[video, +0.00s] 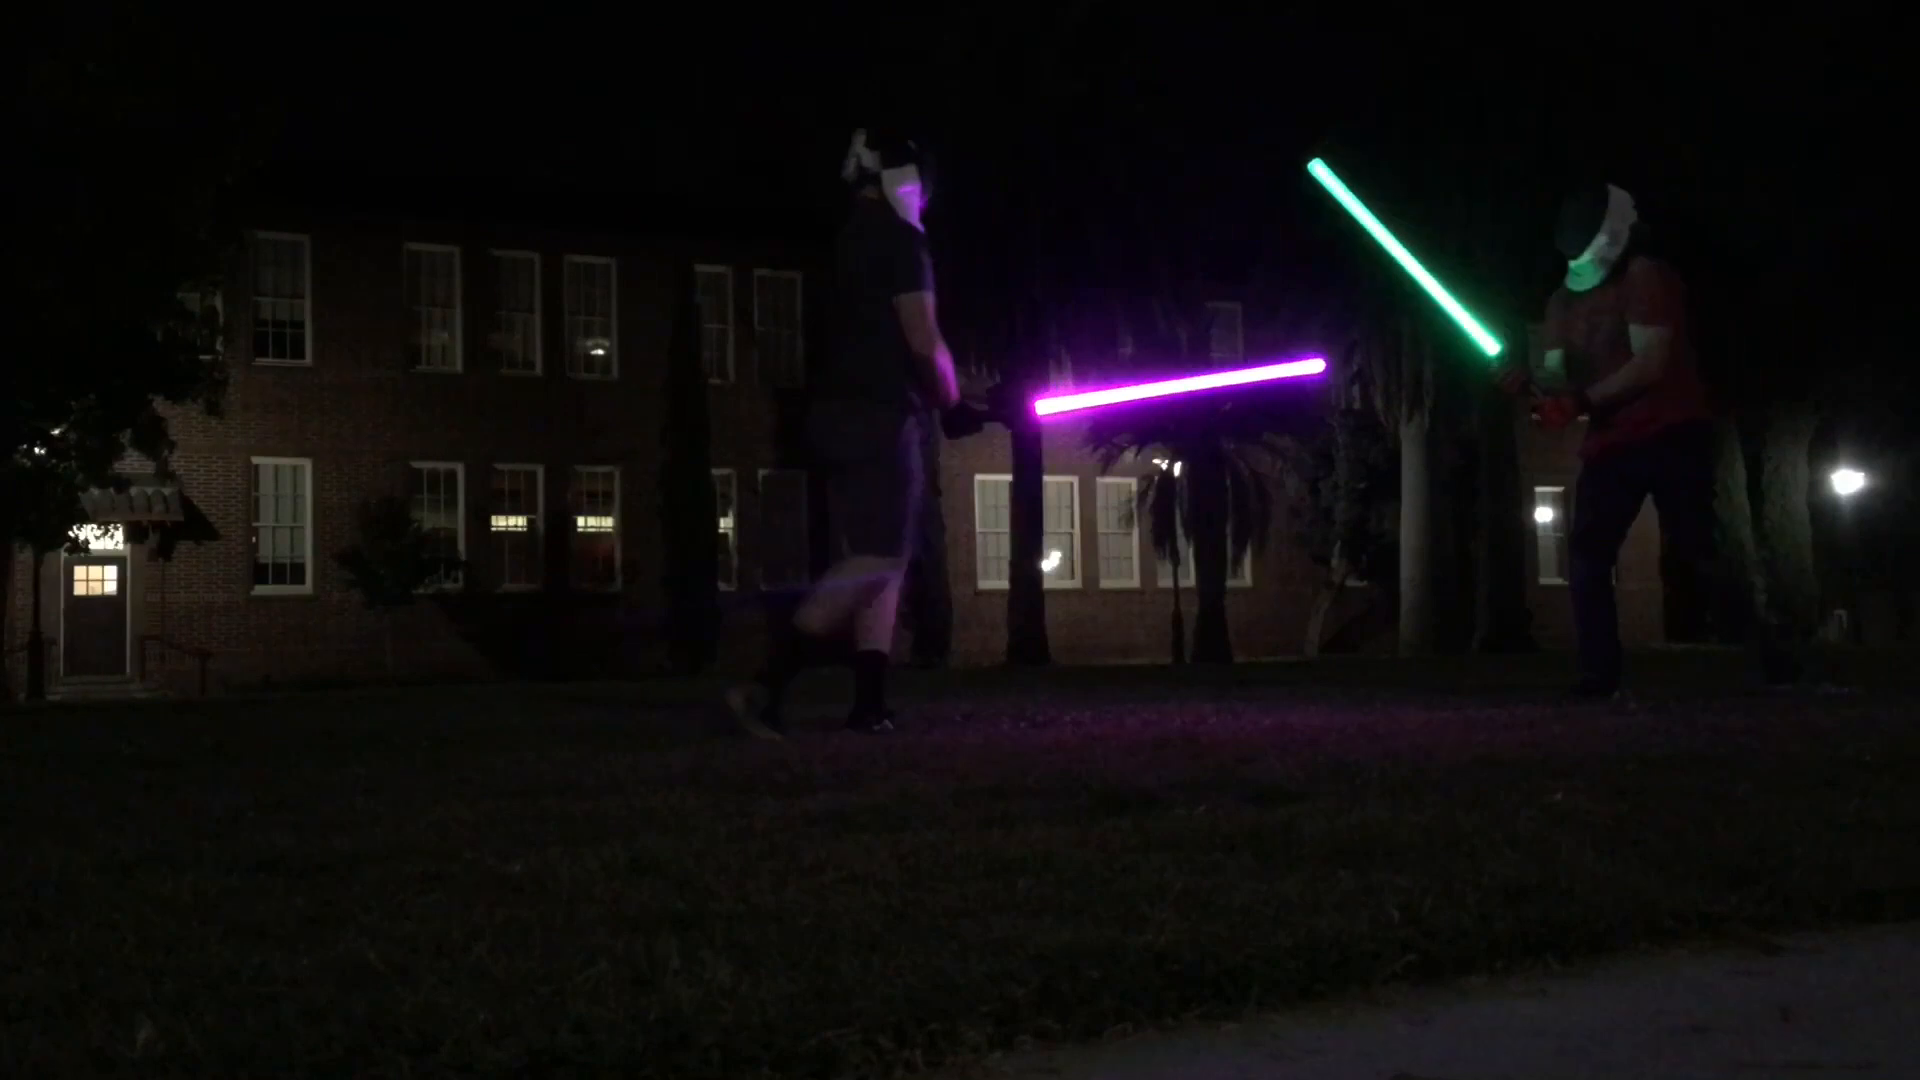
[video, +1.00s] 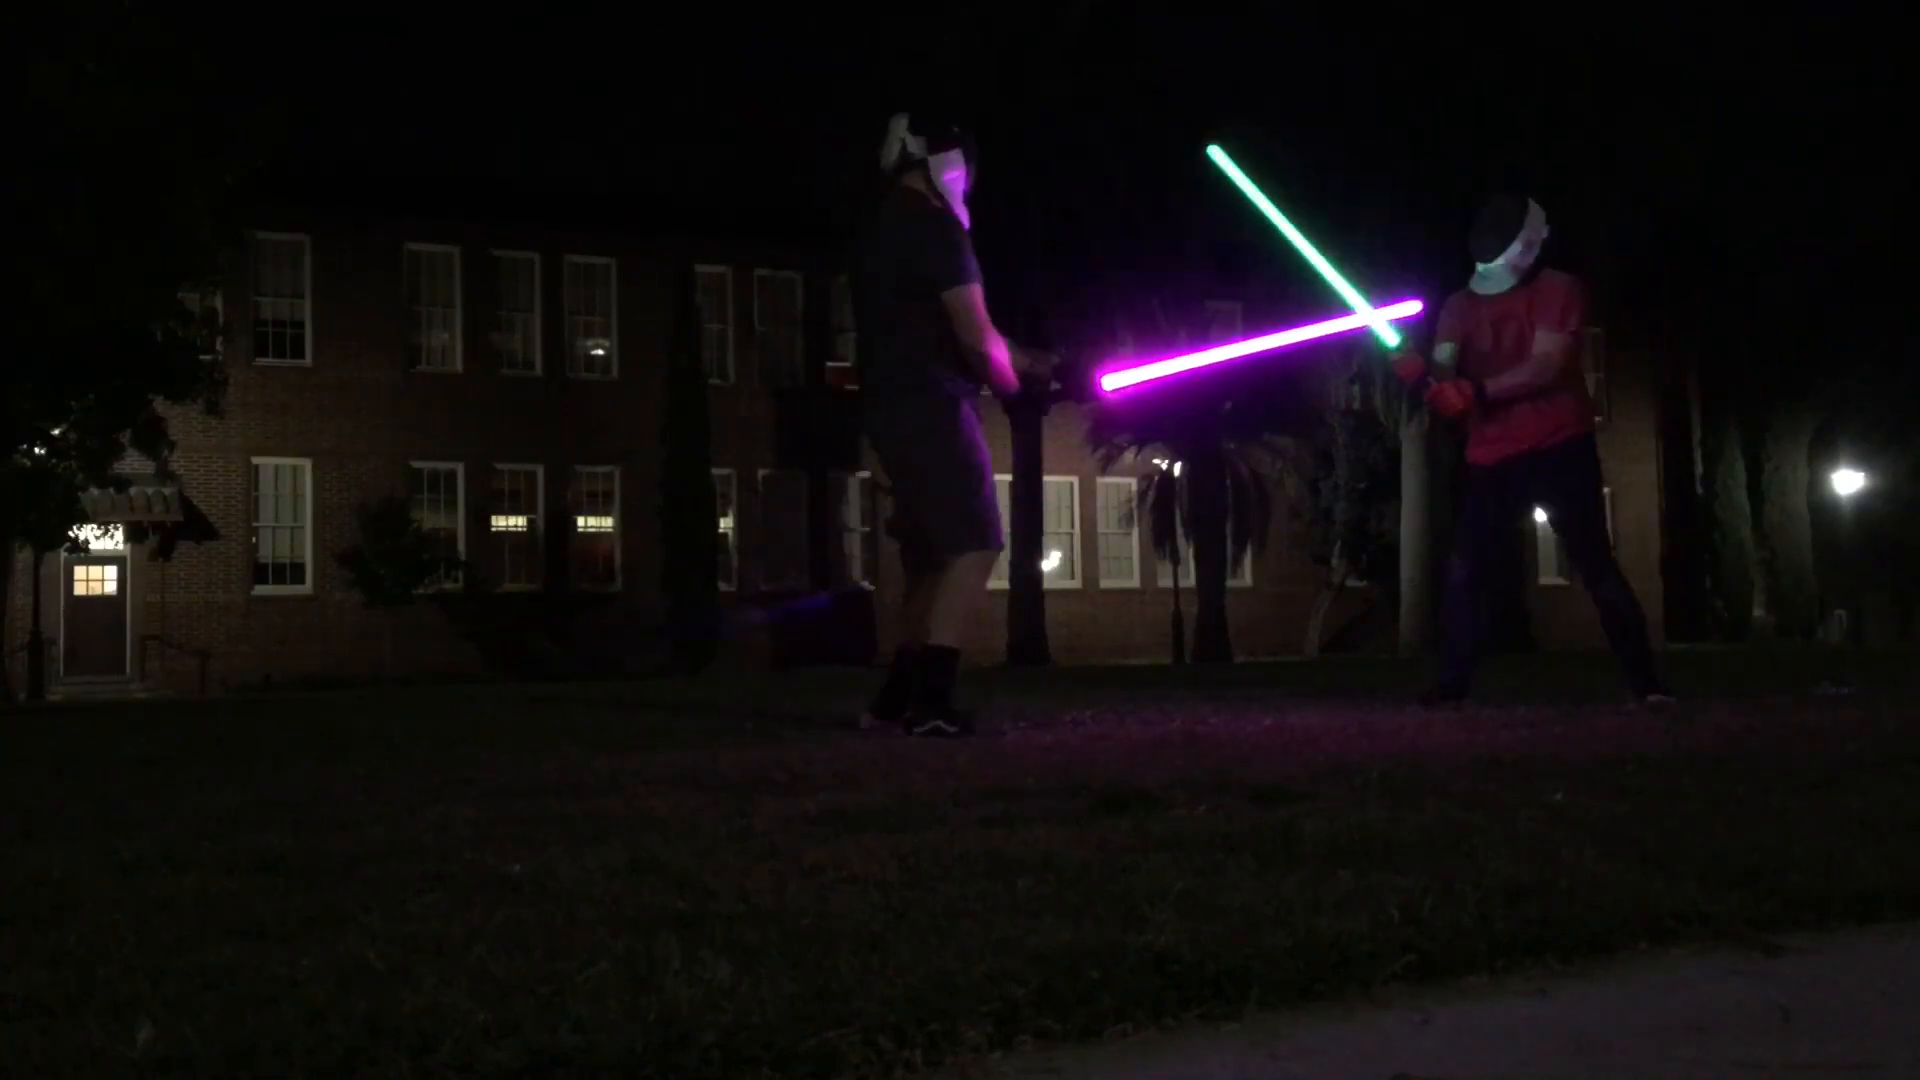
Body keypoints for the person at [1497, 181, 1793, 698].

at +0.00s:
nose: (1584, 251)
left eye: (1593, 238)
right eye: (1577, 241)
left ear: (1614, 234)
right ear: (1569, 245)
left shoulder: (1643, 278)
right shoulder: (1565, 302)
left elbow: (1651, 362)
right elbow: (1554, 376)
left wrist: (1582, 400)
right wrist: (1533, 388)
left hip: (1671, 437)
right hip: (1610, 447)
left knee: (1694, 551)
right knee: (1588, 557)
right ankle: (1599, 674)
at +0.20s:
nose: (1567, 247)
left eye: (1578, 233)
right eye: (1562, 236)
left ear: (1601, 229)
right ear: (1556, 238)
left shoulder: (1631, 274)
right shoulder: (1549, 299)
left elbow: (1645, 353)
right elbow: (1542, 371)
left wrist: (1579, 393)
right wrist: (1522, 383)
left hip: (1647, 437)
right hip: (1585, 445)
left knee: (1647, 558)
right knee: (1579, 562)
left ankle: (1651, 673)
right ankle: (1595, 672)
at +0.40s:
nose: (1568, 248)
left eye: (1581, 235)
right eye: (1563, 238)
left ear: (1606, 232)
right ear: (1556, 239)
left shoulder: (1634, 283)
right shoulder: (1546, 302)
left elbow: (1641, 363)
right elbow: (1540, 379)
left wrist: (1574, 400)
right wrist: (1519, 391)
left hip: (1641, 443)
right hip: (1576, 449)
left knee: (1642, 560)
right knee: (1529, 541)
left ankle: (1649, 675)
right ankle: (1569, 663)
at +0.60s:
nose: (1551, 252)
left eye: (1563, 240)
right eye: (1547, 241)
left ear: (1587, 238)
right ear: (1544, 243)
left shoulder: (1616, 288)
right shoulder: (1524, 306)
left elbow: (1625, 368)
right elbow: (1522, 387)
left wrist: (1562, 407)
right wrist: (1500, 396)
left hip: (1616, 450)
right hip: (1552, 457)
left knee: (1627, 569)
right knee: (1509, 556)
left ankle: (1649, 685)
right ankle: (1471, 672)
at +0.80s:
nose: (1512, 267)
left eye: (1526, 255)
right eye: (1507, 256)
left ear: (1552, 253)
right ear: (1500, 255)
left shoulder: (1581, 303)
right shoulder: (1487, 316)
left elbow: (1581, 382)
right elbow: (1484, 397)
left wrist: (1515, 413)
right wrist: (1458, 397)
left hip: (1579, 459)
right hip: (1511, 466)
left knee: (1603, 574)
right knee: (1481, 571)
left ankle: (1649, 684)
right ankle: (1454, 682)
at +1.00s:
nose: (1531, 250)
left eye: (1525, 243)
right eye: (1524, 241)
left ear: (1528, 244)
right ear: (1504, 246)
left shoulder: (1557, 292)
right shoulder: (1458, 308)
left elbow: (1545, 367)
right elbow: (1444, 386)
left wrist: (1476, 391)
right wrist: (1422, 376)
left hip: (1561, 452)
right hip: (1491, 462)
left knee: (1594, 568)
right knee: (1469, 569)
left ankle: (1646, 684)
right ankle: (1452, 684)